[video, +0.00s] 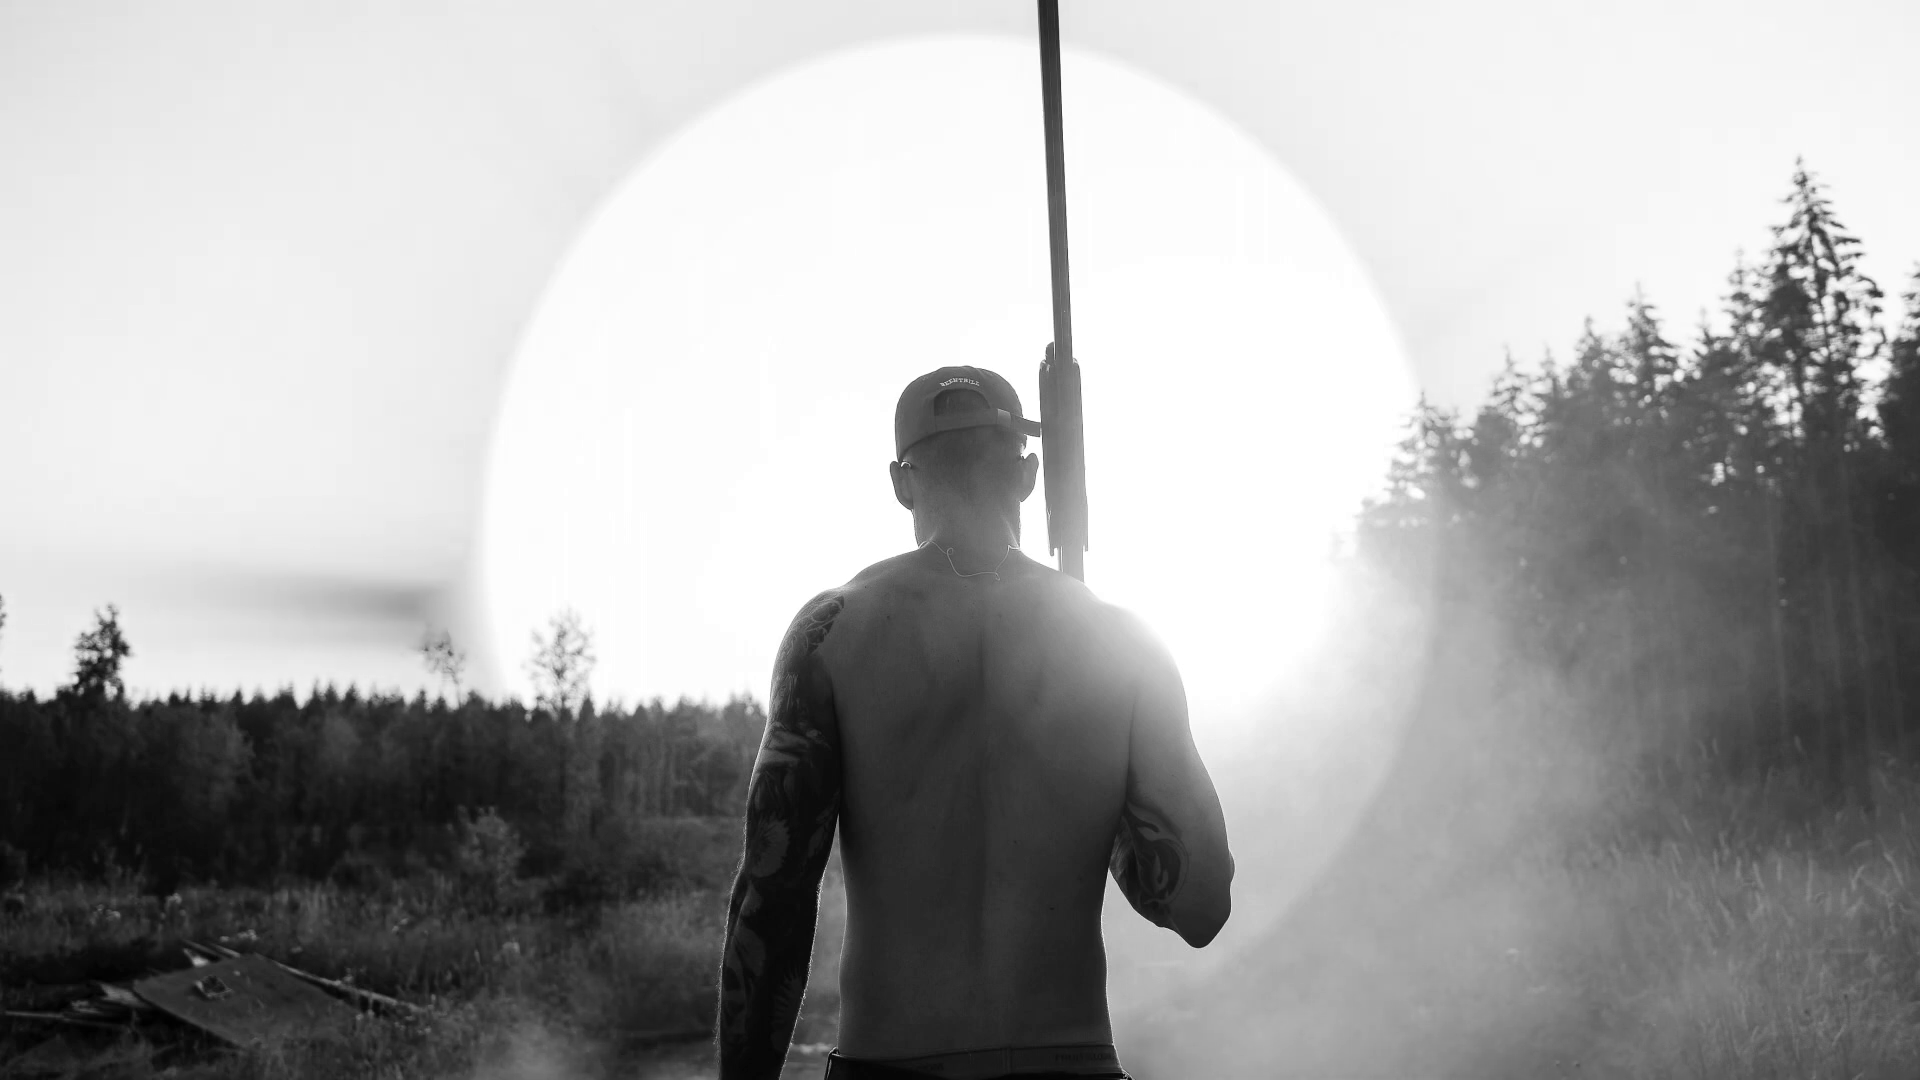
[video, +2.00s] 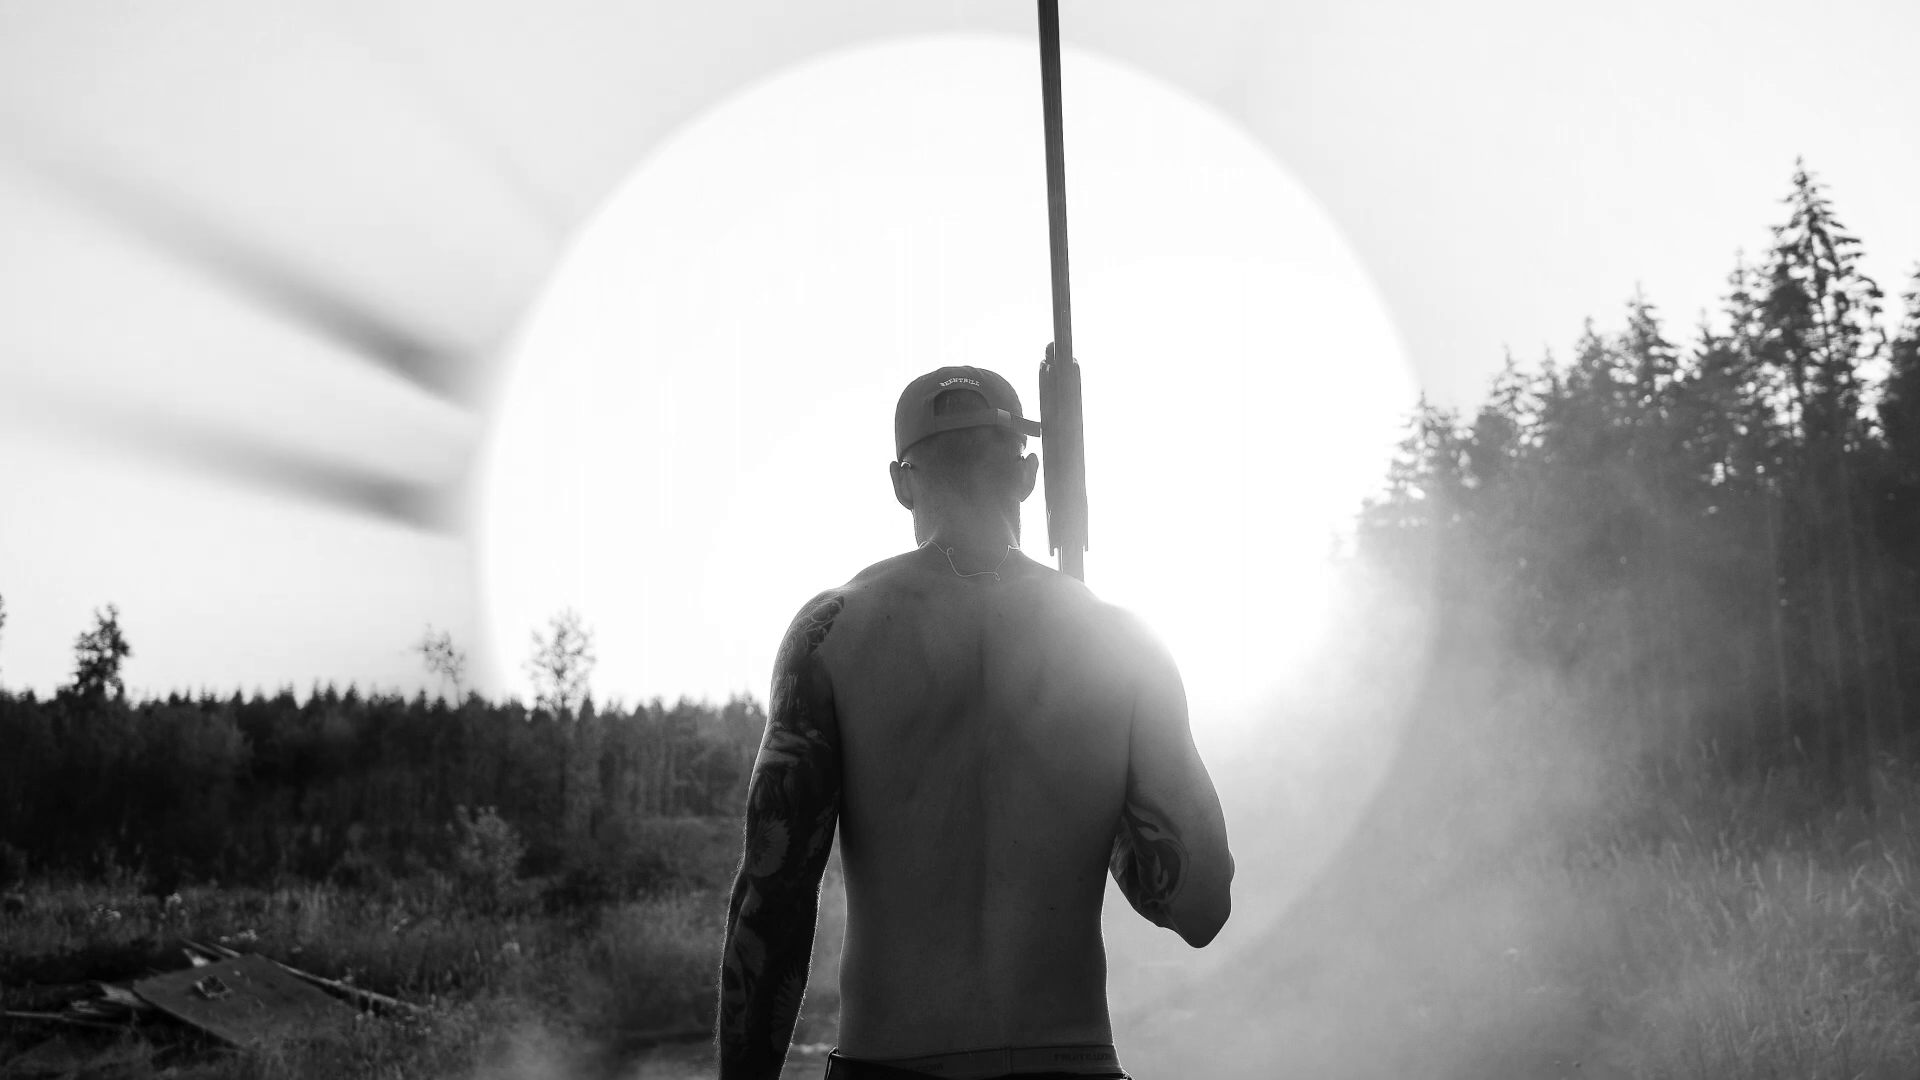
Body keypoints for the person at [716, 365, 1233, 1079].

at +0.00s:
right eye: (1017, 450)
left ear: (903, 486)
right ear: (1027, 476)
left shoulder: (832, 630)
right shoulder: (1121, 641)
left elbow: (773, 884)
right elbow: (1201, 904)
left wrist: (747, 1063)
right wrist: (1102, 803)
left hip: (887, 1045)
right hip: (1067, 1045)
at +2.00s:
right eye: (1015, 448)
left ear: (903, 486)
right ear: (1028, 477)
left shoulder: (831, 630)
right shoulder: (1121, 641)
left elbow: (773, 886)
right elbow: (1201, 905)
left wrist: (747, 1063)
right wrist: (1101, 800)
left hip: (886, 1046)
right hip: (1068, 1046)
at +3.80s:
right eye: (1015, 449)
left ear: (903, 486)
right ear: (1028, 477)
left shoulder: (831, 630)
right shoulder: (1121, 641)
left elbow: (773, 885)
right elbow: (1201, 905)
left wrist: (747, 1062)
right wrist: (1101, 800)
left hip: (886, 1046)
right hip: (1068, 1046)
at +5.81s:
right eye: (1017, 451)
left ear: (902, 484)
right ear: (1028, 477)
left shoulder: (831, 630)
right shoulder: (1121, 640)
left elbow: (772, 887)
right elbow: (1201, 904)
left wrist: (748, 1063)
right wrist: (1100, 801)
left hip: (885, 1046)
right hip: (1067, 1045)